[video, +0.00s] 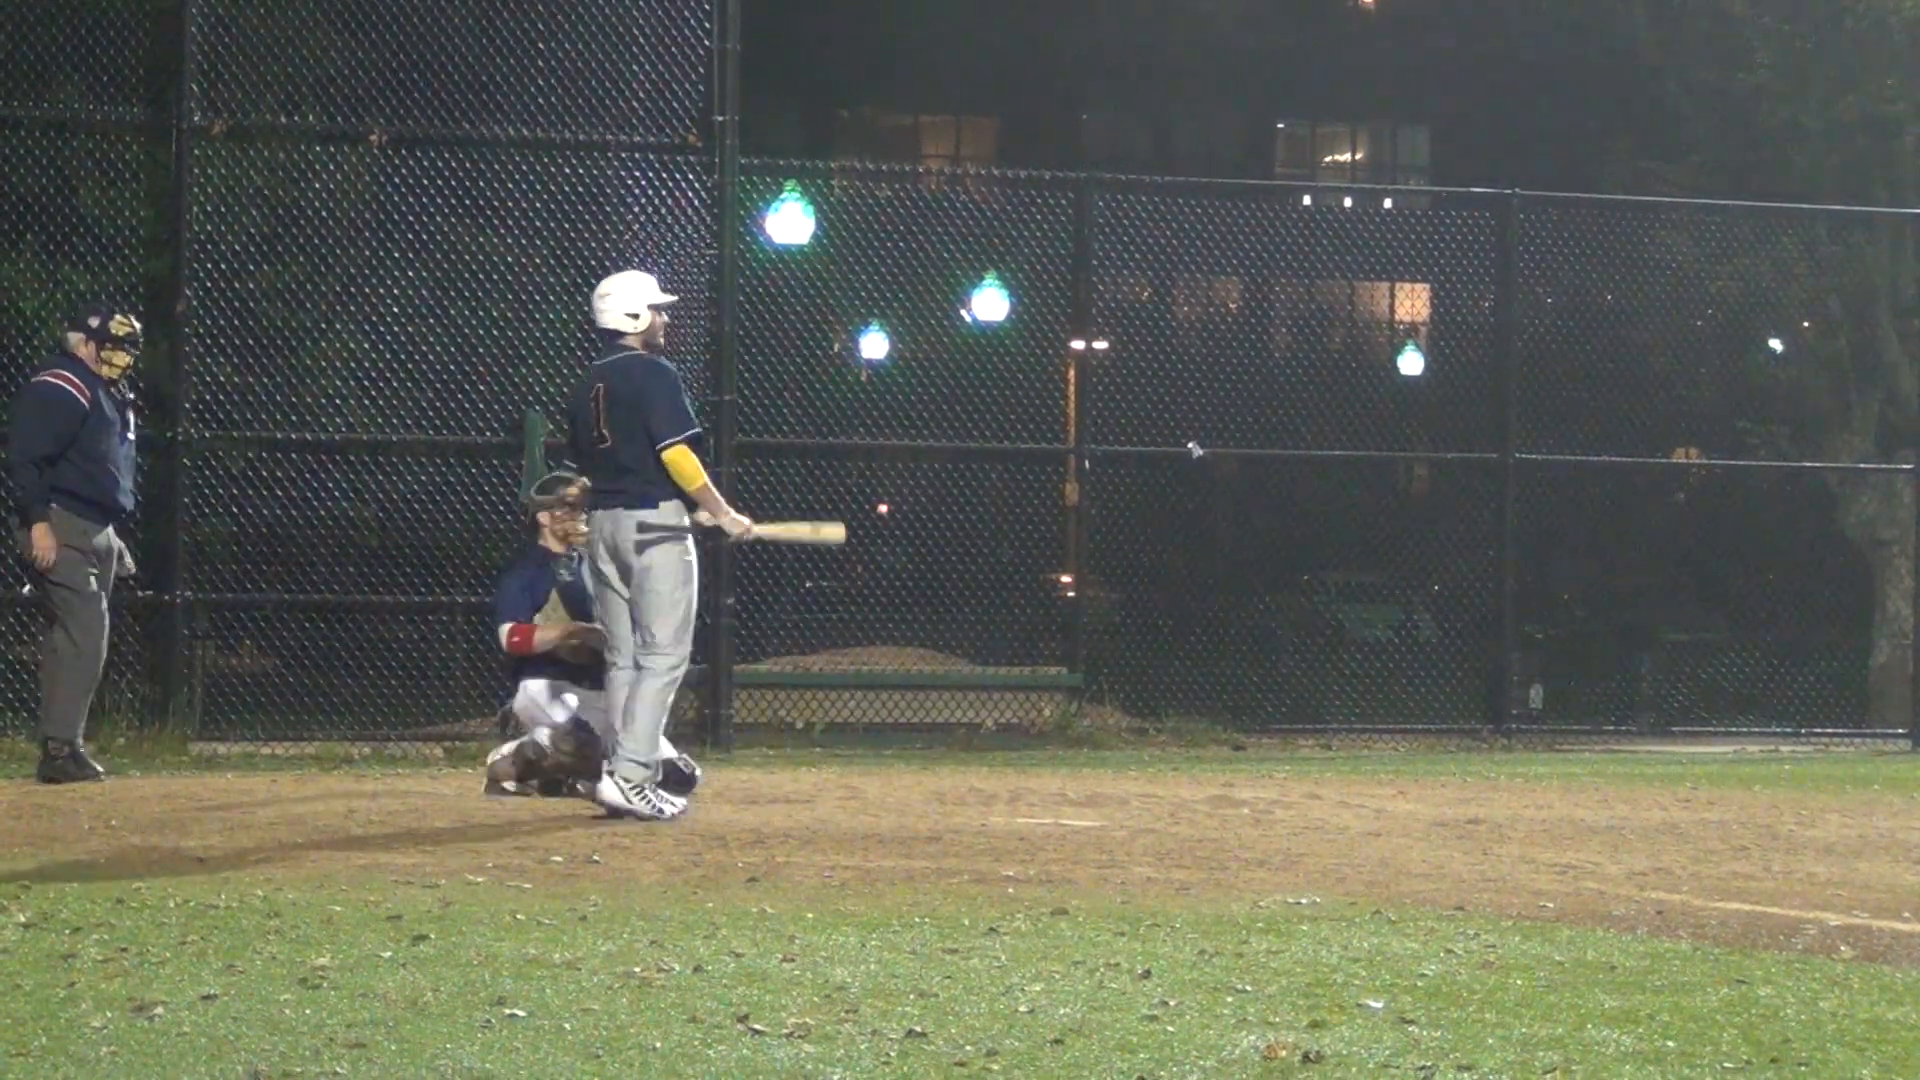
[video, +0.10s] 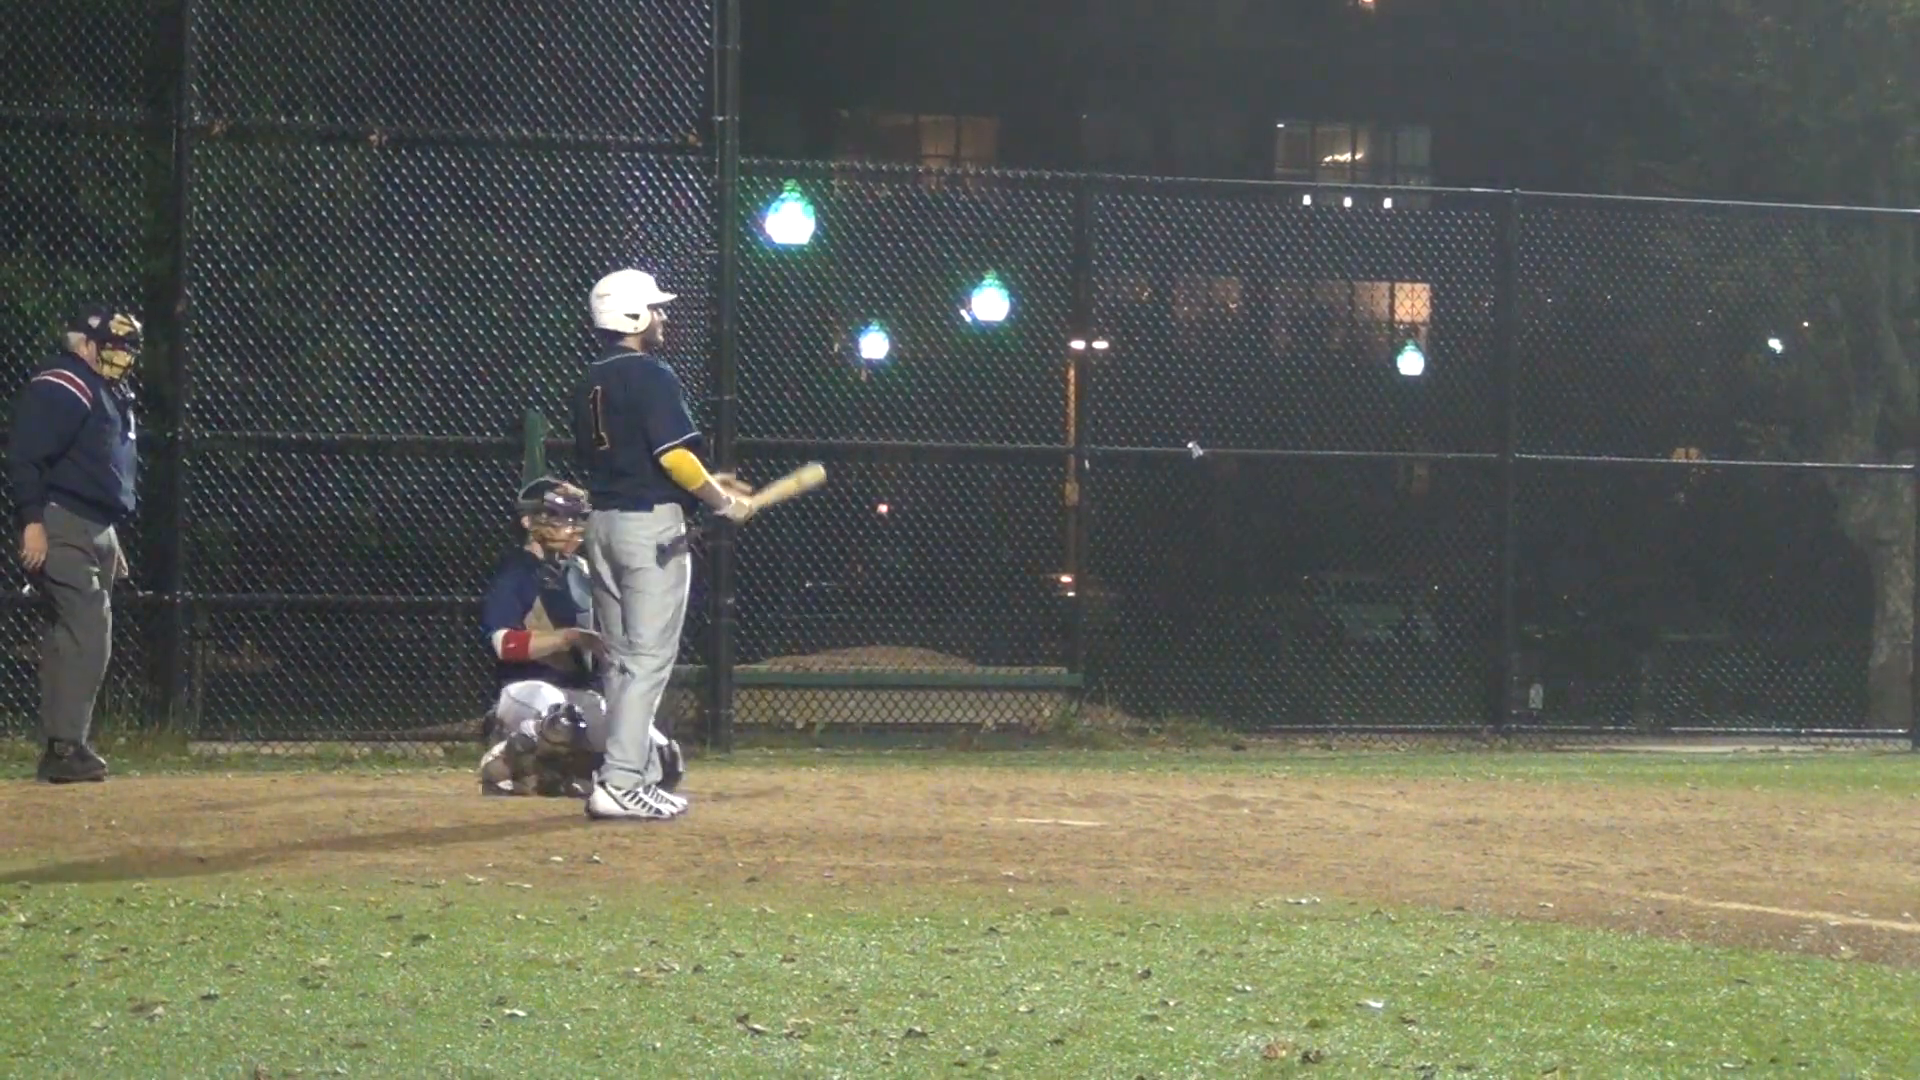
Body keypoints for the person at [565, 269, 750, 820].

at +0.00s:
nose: (666, 319)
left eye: (663, 310)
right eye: (659, 311)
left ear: (616, 321)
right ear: (637, 318)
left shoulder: (587, 382)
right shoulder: (654, 373)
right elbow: (676, 453)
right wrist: (722, 510)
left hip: (603, 523)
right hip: (654, 521)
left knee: (625, 654)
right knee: (665, 653)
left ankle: (628, 773)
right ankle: (630, 779)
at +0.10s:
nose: (665, 318)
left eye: (662, 309)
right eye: (658, 311)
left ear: (613, 321)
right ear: (637, 317)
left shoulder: (590, 379)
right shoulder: (651, 373)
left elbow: (612, 463)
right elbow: (673, 454)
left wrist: (705, 482)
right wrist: (720, 497)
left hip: (601, 525)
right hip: (650, 526)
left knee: (619, 655)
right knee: (649, 658)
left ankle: (627, 773)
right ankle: (621, 785)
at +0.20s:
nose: (664, 317)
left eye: (661, 308)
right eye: (657, 310)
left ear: (614, 320)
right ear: (638, 317)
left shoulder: (596, 376)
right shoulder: (647, 374)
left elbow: (636, 458)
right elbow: (671, 455)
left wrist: (707, 468)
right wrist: (713, 485)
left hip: (602, 525)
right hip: (646, 528)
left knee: (624, 653)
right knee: (642, 656)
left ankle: (632, 775)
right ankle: (619, 786)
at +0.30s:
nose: (664, 315)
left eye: (661, 307)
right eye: (657, 308)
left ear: (614, 320)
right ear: (639, 316)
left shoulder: (596, 375)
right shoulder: (647, 375)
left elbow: (645, 456)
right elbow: (669, 458)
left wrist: (712, 452)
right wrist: (712, 480)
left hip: (600, 524)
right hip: (644, 528)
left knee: (624, 655)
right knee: (639, 658)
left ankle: (637, 776)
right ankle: (617, 787)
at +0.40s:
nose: (665, 315)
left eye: (662, 307)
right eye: (658, 308)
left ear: (617, 318)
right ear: (637, 316)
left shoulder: (596, 374)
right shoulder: (643, 376)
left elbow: (640, 456)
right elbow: (661, 459)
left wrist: (709, 440)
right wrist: (706, 486)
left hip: (599, 525)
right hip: (642, 527)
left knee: (626, 654)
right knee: (640, 656)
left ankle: (637, 775)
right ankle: (617, 787)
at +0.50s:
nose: (666, 315)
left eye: (663, 307)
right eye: (659, 308)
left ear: (615, 319)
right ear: (640, 316)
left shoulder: (597, 374)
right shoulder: (640, 376)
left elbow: (638, 454)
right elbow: (652, 462)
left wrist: (709, 431)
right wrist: (694, 501)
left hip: (601, 524)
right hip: (641, 527)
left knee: (624, 654)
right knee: (638, 657)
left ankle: (635, 773)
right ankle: (617, 786)